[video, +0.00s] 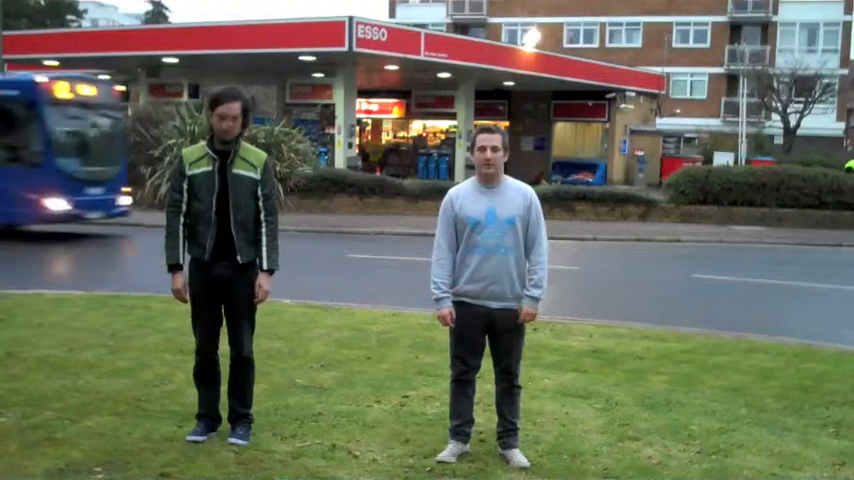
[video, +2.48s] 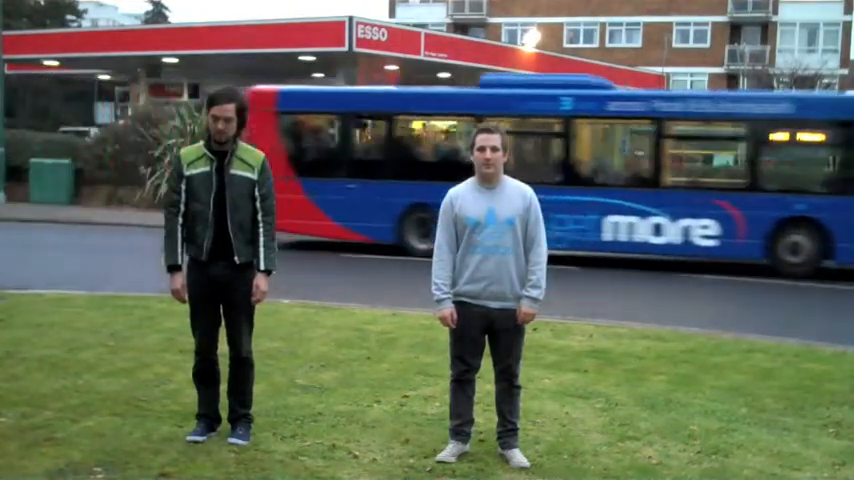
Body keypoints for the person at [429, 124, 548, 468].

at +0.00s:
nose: (487, 155)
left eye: (494, 150)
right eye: (481, 149)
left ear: (505, 155)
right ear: (472, 154)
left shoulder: (525, 196)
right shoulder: (456, 197)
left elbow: (538, 250)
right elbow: (442, 251)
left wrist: (533, 298)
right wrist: (442, 298)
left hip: (510, 305)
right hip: (466, 303)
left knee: (509, 379)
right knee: (462, 376)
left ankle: (510, 444)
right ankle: (458, 440)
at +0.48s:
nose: (488, 155)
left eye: (494, 149)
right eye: (482, 149)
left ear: (505, 155)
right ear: (472, 154)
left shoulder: (525, 196)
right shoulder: (456, 197)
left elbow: (538, 250)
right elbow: (443, 251)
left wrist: (532, 297)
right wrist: (442, 298)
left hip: (510, 305)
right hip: (466, 303)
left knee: (509, 379)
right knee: (462, 376)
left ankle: (509, 444)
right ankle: (458, 440)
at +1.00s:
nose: (487, 155)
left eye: (494, 149)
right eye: (481, 149)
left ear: (505, 155)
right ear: (472, 154)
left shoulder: (525, 196)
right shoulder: (456, 197)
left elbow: (538, 250)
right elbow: (443, 251)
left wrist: (532, 297)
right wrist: (442, 298)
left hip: (510, 305)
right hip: (466, 303)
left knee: (509, 379)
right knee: (462, 376)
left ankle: (509, 444)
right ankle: (458, 440)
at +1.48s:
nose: (487, 155)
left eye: (493, 149)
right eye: (481, 149)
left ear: (505, 155)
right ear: (472, 154)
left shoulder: (524, 195)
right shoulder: (455, 197)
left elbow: (538, 250)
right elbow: (442, 252)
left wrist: (533, 297)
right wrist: (442, 298)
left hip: (510, 305)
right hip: (466, 304)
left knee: (509, 379)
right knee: (462, 376)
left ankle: (509, 444)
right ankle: (458, 440)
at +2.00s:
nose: (487, 155)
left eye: (494, 149)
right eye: (481, 149)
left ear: (505, 155)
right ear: (472, 155)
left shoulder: (524, 196)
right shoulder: (455, 197)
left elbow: (538, 249)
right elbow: (442, 251)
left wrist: (532, 298)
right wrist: (442, 299)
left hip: (510, 305)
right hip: (466, 304)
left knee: (509, 379)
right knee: (462, 376)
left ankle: (509, 444)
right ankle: (458, 440)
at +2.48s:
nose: (487, 155)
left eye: (494, 150)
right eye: (481, 149)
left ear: (504, 155)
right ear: (472, 155)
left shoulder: (524, 196)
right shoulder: (455, 197)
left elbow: (538, 250)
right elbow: (443, 252)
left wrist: (532, 298)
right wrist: (443, 299)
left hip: (510, 305)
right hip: (466, 304)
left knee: (509, 379)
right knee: (462, 376)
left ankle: (510, 444)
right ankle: (458, 440)